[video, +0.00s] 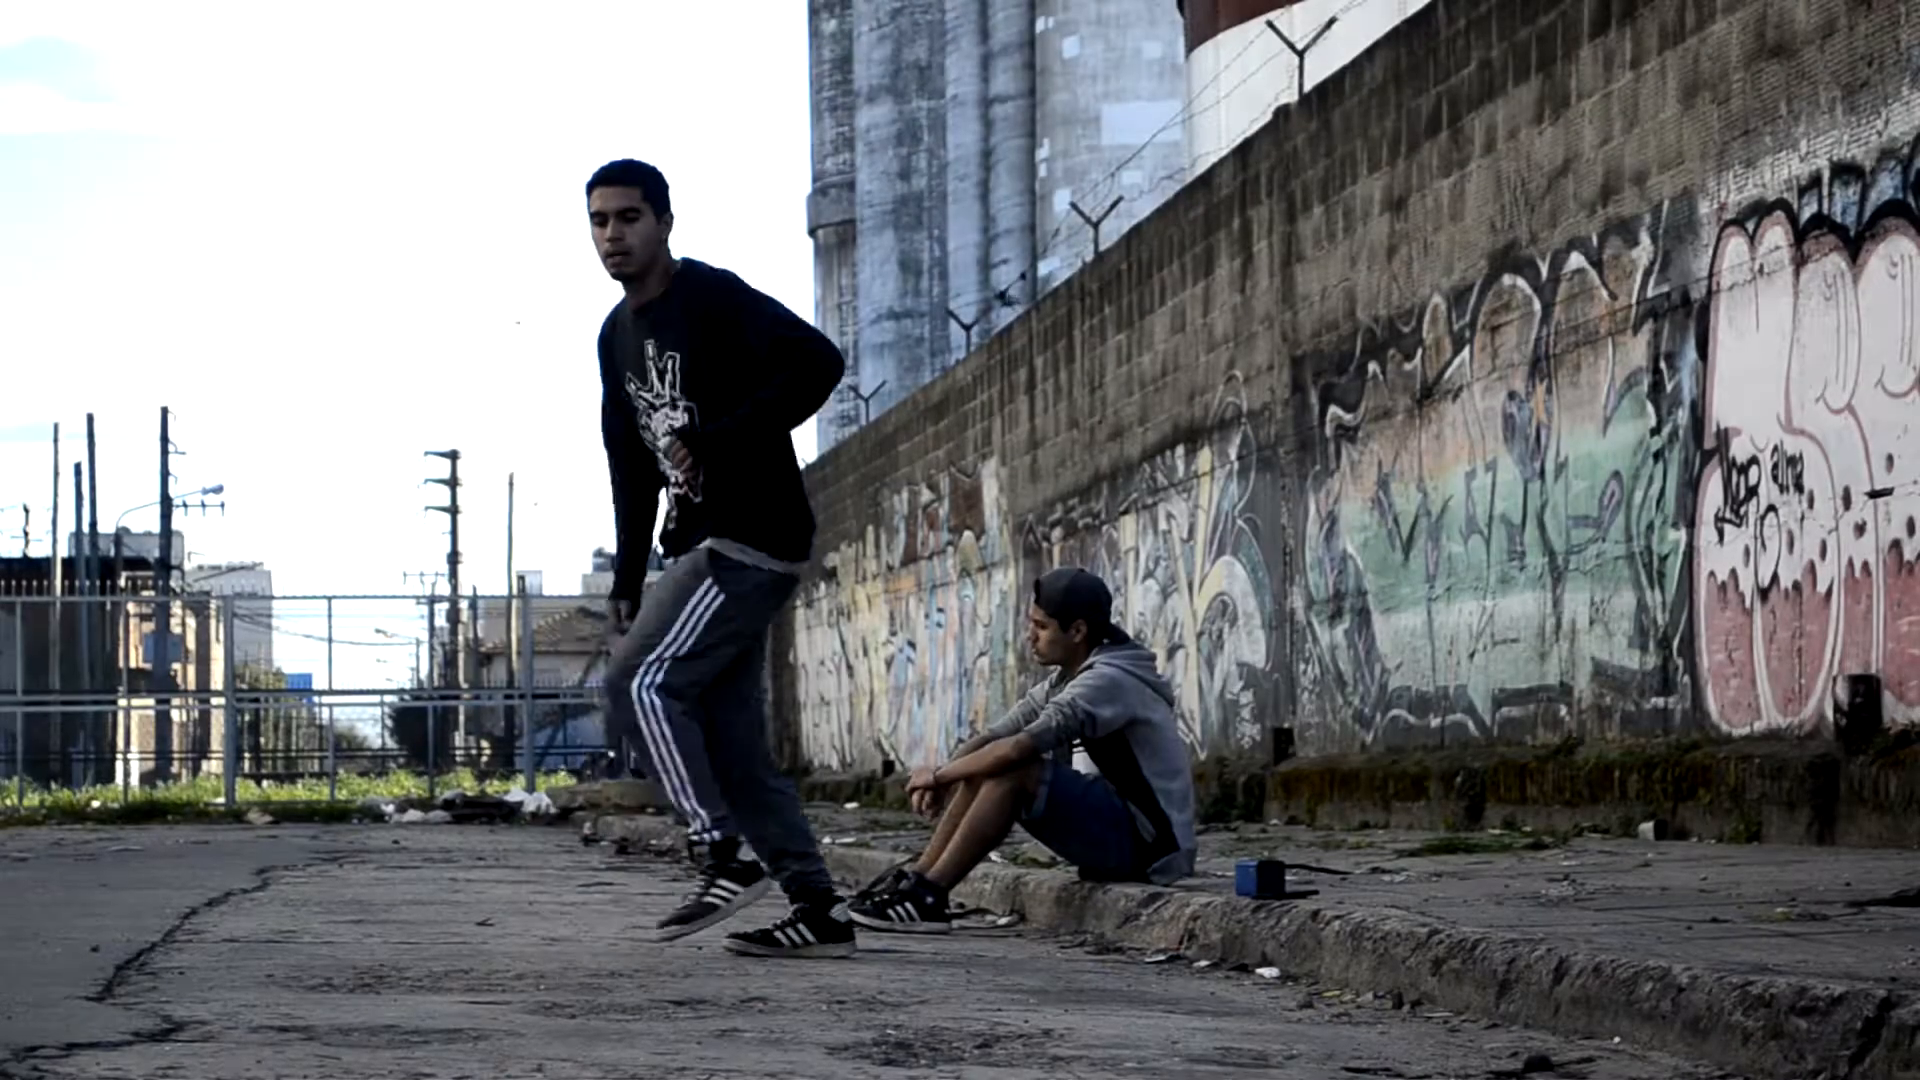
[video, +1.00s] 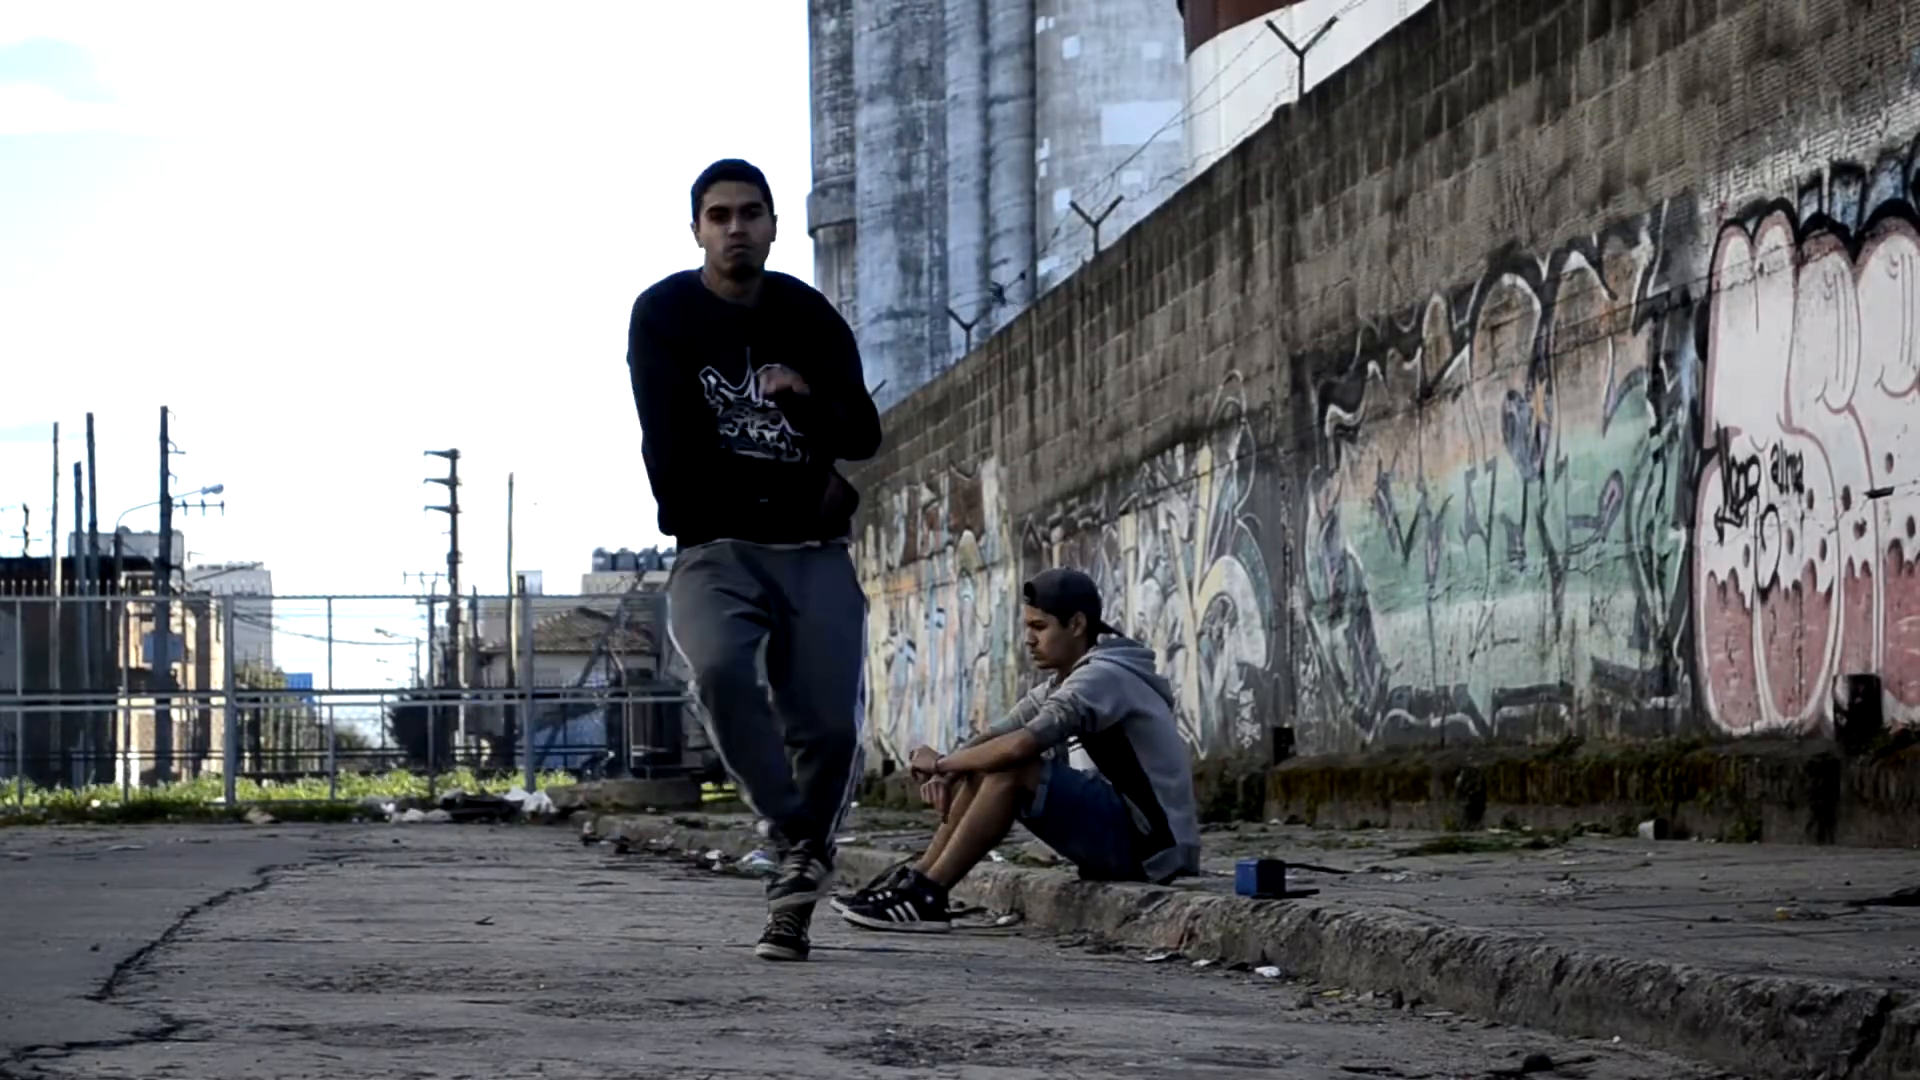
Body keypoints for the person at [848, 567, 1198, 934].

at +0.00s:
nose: (1031, 635)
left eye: (1041, 626)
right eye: (1032, 624)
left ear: (1077, 632)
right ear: (1075, 632)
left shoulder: (1107, 677)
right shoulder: (1072, 675)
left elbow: (1020, 749)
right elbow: (1005, 731)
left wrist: (939, 774)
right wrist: (939, 774)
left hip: (1148, 847)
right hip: (1121, 836)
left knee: (1016, 771)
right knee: (985, 763)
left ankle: (931, 896)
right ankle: (916, 882)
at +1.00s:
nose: (1029, 639)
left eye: (1039, 627)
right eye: (1027, 627)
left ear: (1078, 625)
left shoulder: (1103, 673)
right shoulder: (1072, 675)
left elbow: (1022, 747)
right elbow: (1005, 730)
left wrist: (944, 761)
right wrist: (945, 762)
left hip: (1151, 844)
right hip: (1121, 834)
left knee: (1014, 770)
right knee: (983, 763)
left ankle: (932, 893)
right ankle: (915, 883)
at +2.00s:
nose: (1039, 648)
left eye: (1049, 635)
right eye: (1031, 636)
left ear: (1088, 628)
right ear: (1027, 634)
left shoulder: (1110, 673)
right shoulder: (1068, 676)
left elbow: (1024, 743)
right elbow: (1002, 731)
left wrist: (943, 773)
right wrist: (945, 773)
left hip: (1148, 846)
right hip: (1118, 836)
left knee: (1015, 771)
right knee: (986, 763)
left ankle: (932, 894)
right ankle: (914, 883)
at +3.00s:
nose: (1028, 637)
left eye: (1037, 623)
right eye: (1024, 627)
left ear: (1076, 617)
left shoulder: (1105, 665)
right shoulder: (1081, 670)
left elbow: (1022, 738)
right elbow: (1015, 730)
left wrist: (945, 770)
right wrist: (949, 769)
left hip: (1151, 844)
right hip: (1123, 834)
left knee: (1015, 770)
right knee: (986, 764)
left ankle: (933, 895)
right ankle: (914, 884)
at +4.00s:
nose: (1017, 655)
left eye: (1025, 640)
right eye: (1013, 643)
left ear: (1064, 631)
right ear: (1061, 634)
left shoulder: (1094, 672)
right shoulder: (1077, 676)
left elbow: (1012, 749)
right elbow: (1015, 751)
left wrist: (936, 776)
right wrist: (946, 783)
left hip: (1150, 846)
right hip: (1124, 837)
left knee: (1012, 770)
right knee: (983, 767)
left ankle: (933, 895)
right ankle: (914, 883)